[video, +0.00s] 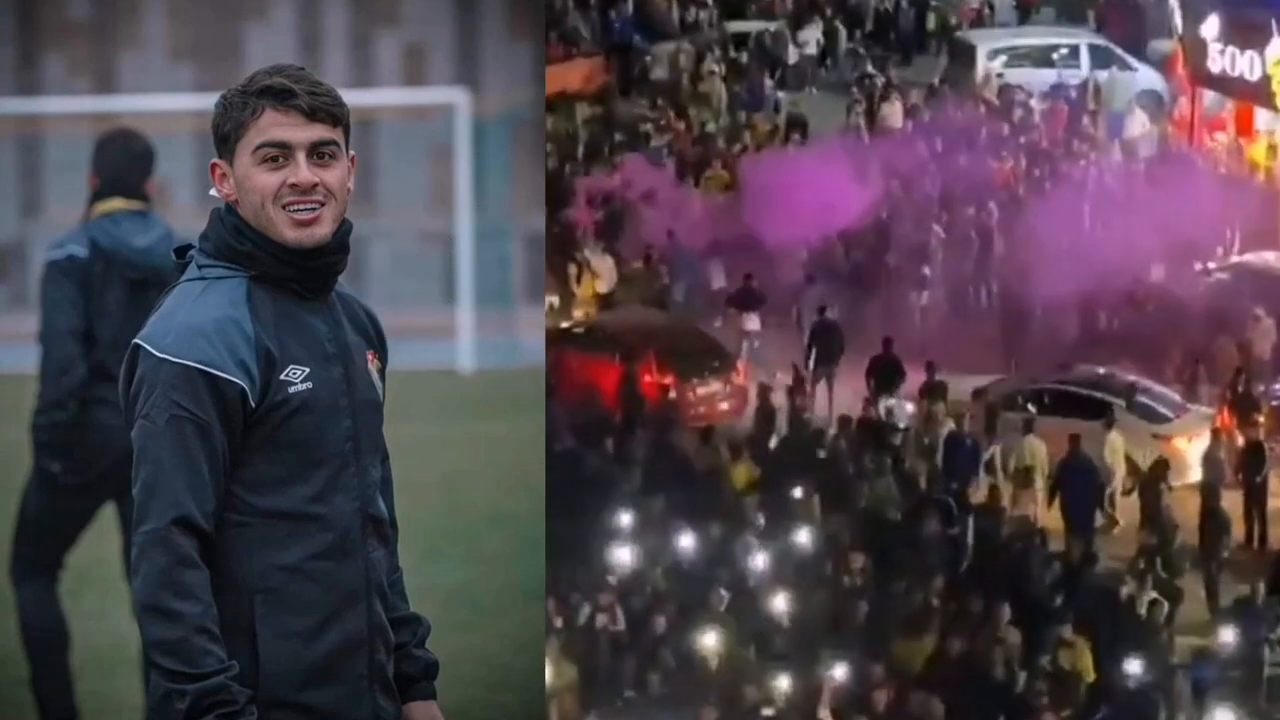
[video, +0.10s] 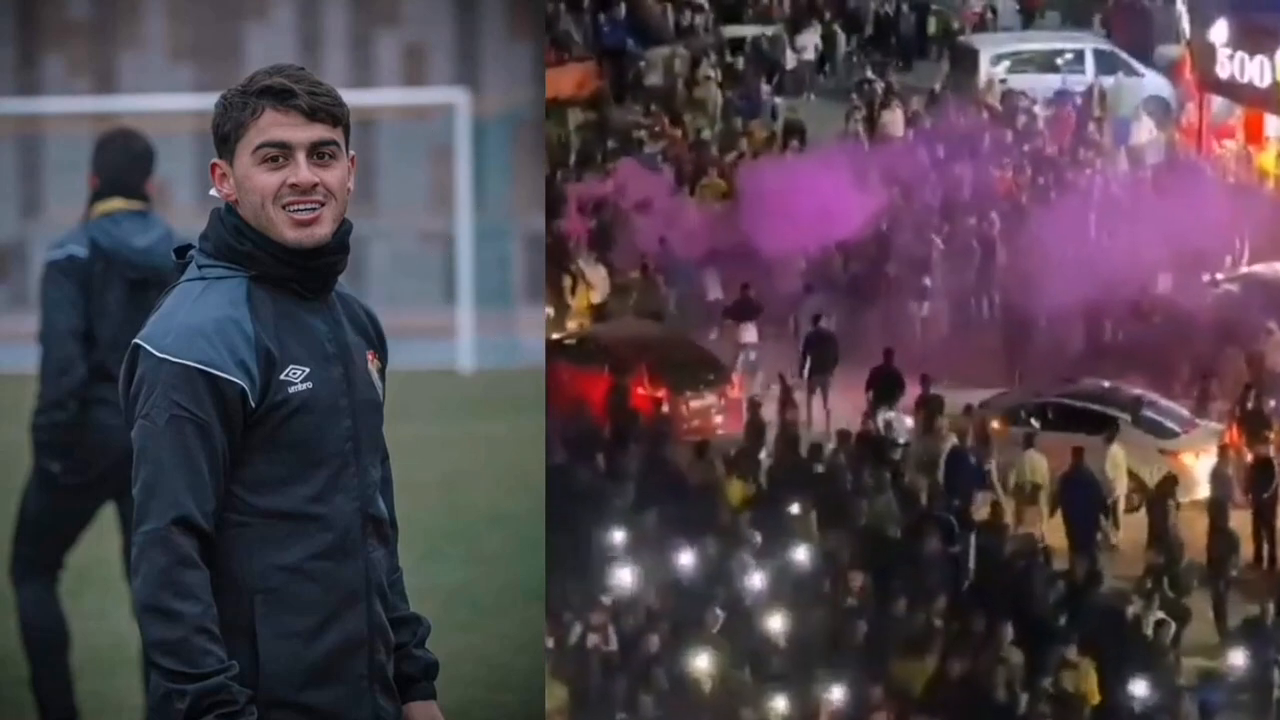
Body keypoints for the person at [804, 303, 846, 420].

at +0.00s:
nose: (820, 315)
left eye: (819, 313)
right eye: (822, 312)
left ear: (817, 313)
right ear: (827, 312)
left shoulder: (815, 326)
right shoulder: (835, 325)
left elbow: (810, 345)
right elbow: (841, 345)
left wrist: (806, 361)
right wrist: (837, 359)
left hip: (819, 361)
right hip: (832, 362)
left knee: (813, 386)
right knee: (831, 390)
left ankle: (811, 411)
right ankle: (831, 416)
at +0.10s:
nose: (814, 325)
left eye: (813, 322)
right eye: (816, 322)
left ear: (812, 322)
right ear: (822, 321)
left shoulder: (810, 336)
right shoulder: (831, 335)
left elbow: (804, 355)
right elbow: (835, 355)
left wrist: (801, 371)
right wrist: (832, 368)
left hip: (813, 371)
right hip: (826, 371)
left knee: (810, 397)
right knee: (826, 403)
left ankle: (809, 423)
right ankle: (828, 428)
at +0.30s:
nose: (819, 340)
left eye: (818, 337)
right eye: (819, 337)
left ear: (810, 338)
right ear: (822, 338)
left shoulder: (806, 351)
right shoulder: (827, 351)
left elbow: (799, 367)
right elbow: (831, 369)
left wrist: (795, 383)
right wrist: (835, 383)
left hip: (809, 382)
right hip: (822, 382)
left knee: (808, 410)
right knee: (821, 409)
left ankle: (809, 434)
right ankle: (821, 434)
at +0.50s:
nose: (821, 349)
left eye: (819, 346)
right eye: (821, 346)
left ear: (810, 347)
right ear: (821, 347)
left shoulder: (804, 361)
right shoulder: (825, 361)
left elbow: (798, 381)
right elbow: (829, 382)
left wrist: (798, 395)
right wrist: (834, 400)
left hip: (808, 397)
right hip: (822, 397)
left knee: (810, 426)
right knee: (821, 424)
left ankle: (811, 452)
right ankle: (821, 449)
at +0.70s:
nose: (821, 350)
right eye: (823, 347)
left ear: (811, 347)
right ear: (824, 347)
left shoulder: (804, 363)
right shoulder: (826, 363)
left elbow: (799, 385)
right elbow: (831, 385)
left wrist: (799, 405)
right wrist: (835, 405)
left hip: (808, 403)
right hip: (822, 403)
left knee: (810, 431)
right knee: (820, 431)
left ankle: (813, 458)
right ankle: (817, 459)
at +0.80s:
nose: (829, 328)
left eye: (828, 326)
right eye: (829, 326)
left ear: (815, 326)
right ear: (828, 327)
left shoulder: (808, 342)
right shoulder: (832, 344)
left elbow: (802, 363)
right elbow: (837, 365)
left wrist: (802, 380)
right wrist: (841, 383)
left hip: (813, 380)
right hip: (829, 381)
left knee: (814, 407)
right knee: (827, 408)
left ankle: (814, 433)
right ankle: (823, 436)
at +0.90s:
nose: (831, 300)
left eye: (829, 297)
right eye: (831, 297)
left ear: (819, 297)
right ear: (833, 298)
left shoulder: (813, 313)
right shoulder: (837, 314)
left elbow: (807, 334)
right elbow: (842, 336)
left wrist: (805, 352)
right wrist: (845, 352)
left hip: (818, 351)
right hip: (834, 352)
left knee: (816, 380)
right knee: (831, 382)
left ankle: (818, 405)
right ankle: (827, 411)